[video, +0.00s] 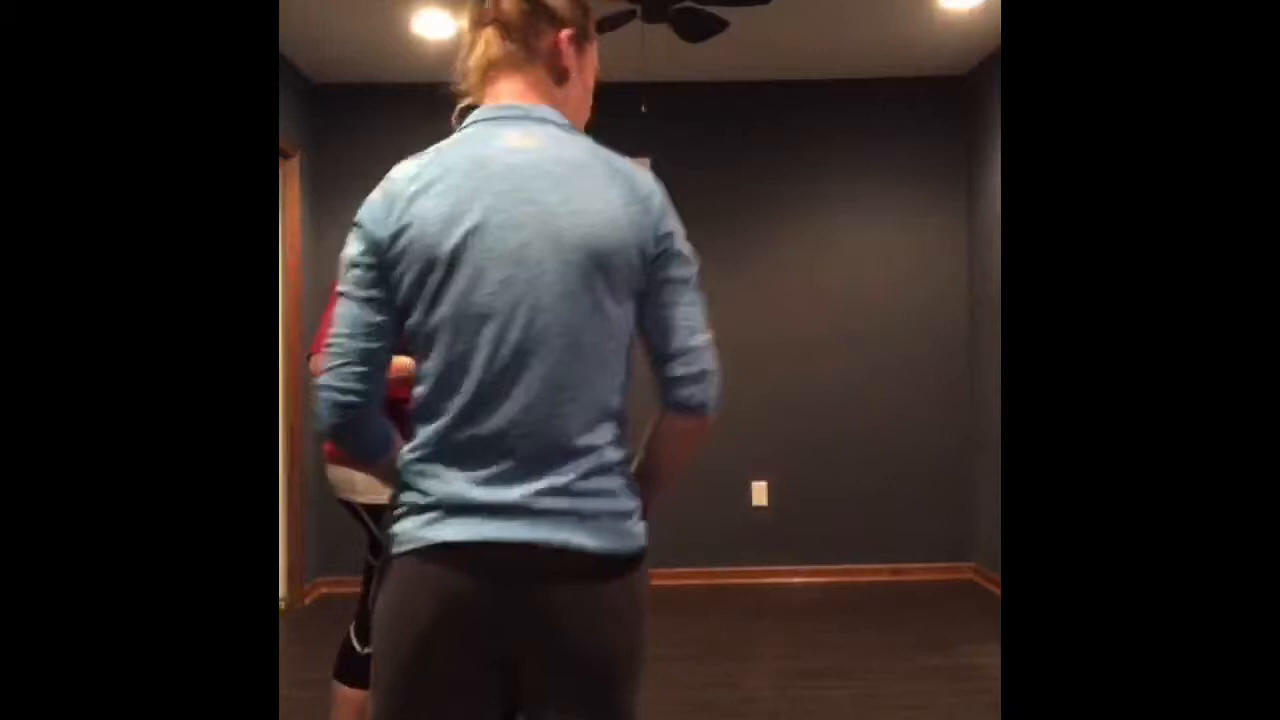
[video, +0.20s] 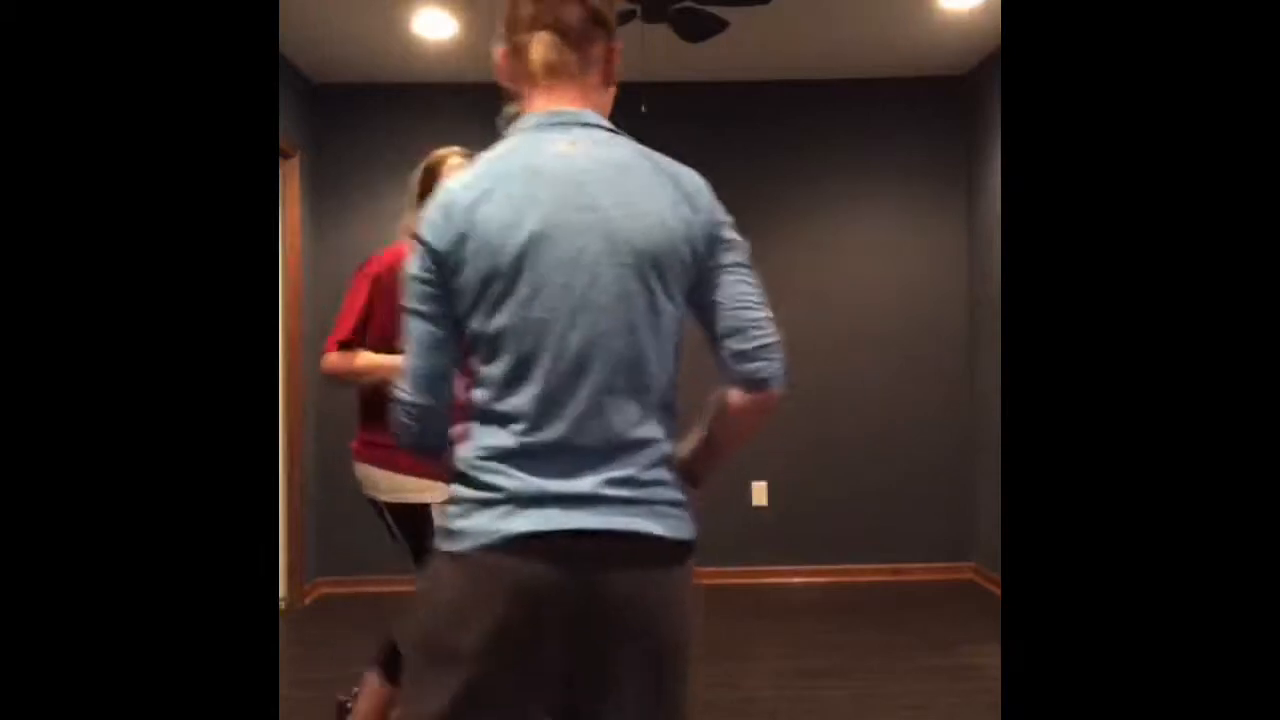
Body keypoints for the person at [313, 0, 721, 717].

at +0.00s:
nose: (595, 79)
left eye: (595, 57)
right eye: (594, 54)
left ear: (481, 60)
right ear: (565, 48)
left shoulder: (401, 191)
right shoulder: (633, 190)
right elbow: (693, 394)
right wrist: (632, 505)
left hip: (436, 571)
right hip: (592, 575)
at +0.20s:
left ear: (504, 69)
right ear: (611, 62)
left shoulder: (458, 203)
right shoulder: (683, 192)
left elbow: (418, 422)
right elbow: (758, 378)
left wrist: (491, 462)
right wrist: (690, 468)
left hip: (494, 550)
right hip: (645, 549)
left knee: (439, 702)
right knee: (639, 708)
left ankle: (375, 697)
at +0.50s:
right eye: (693, 61)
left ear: (585, 67)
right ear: (689, 72)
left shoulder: (542, 202)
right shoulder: (754, 188)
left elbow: (516, 394)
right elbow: (820, 369)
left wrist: (479, 371)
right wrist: (763, 446)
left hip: (573, 544)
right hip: (714, 545)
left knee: (576, 712)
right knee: (718, 710)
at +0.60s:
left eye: (599, 65)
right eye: (705, 65)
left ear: (603, 74)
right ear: (703, 78)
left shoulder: (559, 202)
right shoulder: (763, 192)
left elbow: (530, 384)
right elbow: (829, 372)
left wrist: (491, 373)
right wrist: (772, 440)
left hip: (586, 532)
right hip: (721, 533)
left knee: (608, 710)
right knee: (717, 708)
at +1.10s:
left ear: (669, 107)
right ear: (761, 110)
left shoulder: (623, 226)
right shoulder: (806, 222)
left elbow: (602, 386)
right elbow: (821, 386)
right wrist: (741, 380)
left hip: (646, 519)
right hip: (768, 521)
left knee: (672, 709)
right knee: (780, 708)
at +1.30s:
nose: (691, 123)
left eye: (690, 114)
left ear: (694, 116)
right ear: (779, 125)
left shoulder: (647, 227)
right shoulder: (818, 229)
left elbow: (628, 378)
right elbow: (822, 374)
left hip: (672, 505)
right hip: (786, 507)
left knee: (688, 703)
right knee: (793, 703)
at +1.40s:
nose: (697, 132)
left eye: (698, 121)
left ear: (704, 121)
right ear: (785, 130)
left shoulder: (655, 232)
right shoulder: (821, 233)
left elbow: (638, 382)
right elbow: (824, 372)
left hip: (684, 504)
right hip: (794, 504)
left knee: (696, 695)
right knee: (800, 699)